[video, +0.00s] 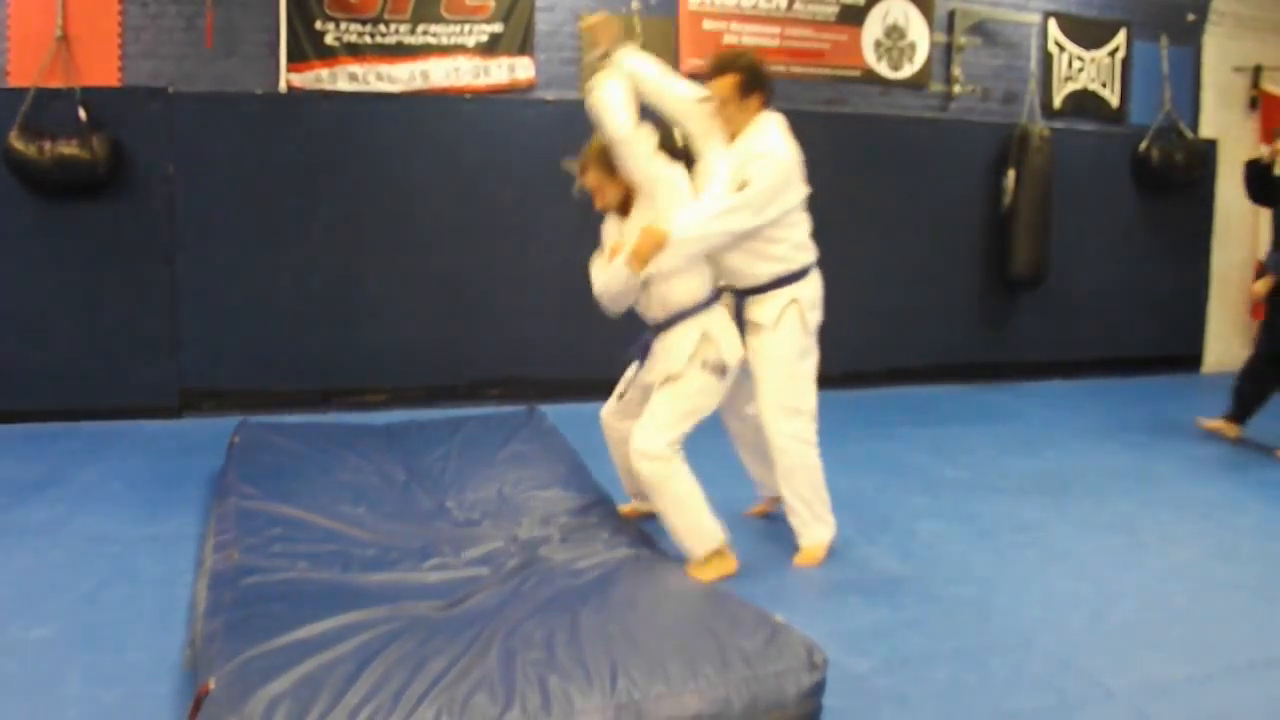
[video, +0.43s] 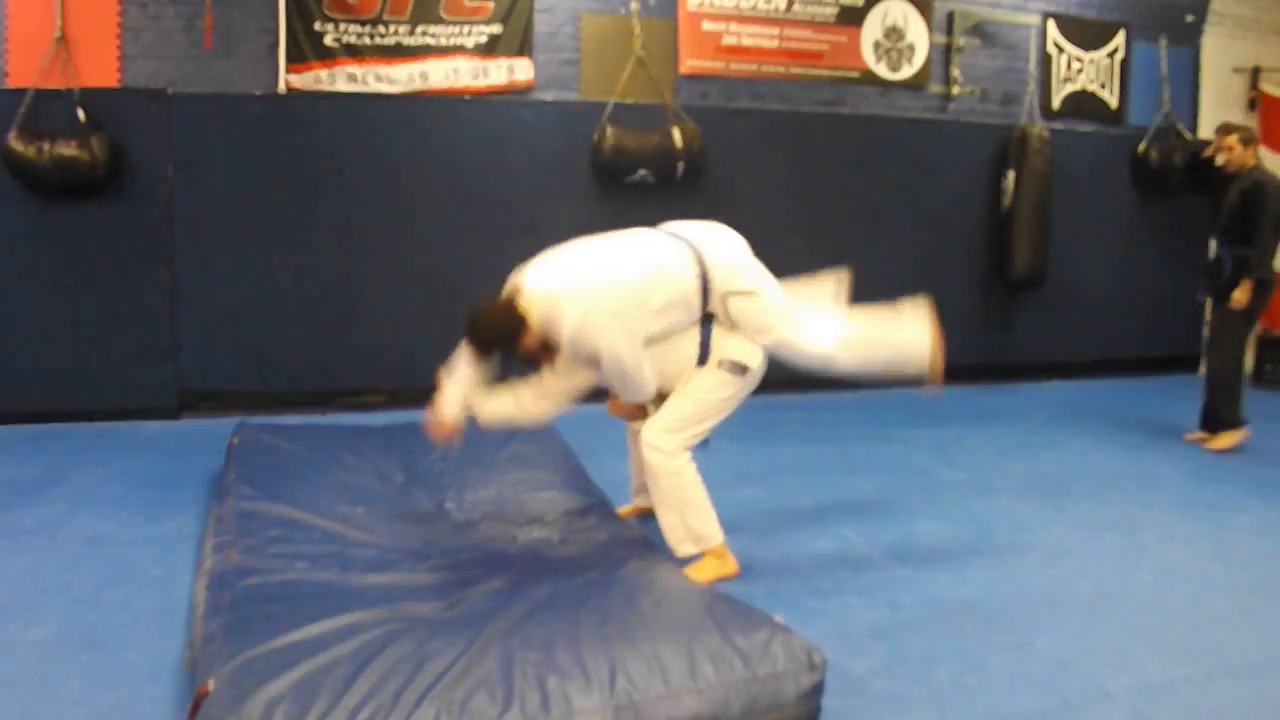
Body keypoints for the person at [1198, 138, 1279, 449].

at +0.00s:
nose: (1271, 148)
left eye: (1272, 143)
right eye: (1272, 143)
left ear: (1274, 148)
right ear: (1274, 147)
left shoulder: (1276, 185)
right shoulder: (1276, 182)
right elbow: (1261, 193)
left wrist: (1271, 274)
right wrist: (1264, 161)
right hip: (1275, 285)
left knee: (1269, 354)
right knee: (1268, 354)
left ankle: (1236, 418)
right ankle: (1235, 418)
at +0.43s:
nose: (1223, 158)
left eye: (1229, 150)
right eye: (1221, 151)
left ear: (1250, 149)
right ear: (1222, 153)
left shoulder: (1264, 184)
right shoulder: (1233, 180)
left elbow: (1265, 240)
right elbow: (1197, 177)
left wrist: (1249, 281)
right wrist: (1208, 155)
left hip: (1247, 275)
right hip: (1226, 271)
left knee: (1227, 350)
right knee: (1217, 349)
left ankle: (1231, 424)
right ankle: (1212, 422)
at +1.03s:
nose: (1189, 155)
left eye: (1195, 148)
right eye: (1186, 149)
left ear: (1214, 147)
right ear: (1184, 150)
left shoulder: (1234, 189)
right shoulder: (1189, 178)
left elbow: (1233, 245)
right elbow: (1146, 175)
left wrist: (1220, 288)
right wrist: (1166, 153)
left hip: (1207, 281)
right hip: (1181, 276)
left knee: (1192, 355)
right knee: (1188, 352)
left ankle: (1184, 427)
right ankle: (1211, 416)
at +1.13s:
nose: (1183, 152)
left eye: (1190, 145)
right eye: (1180, 146)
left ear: (1209, 145)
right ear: (1178, 147)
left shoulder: (1228, 187)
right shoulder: (1182, 177)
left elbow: (1228, 244)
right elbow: (1143, 173)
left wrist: (1214, 285)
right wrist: (1161, 150)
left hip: (1202, 278)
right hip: (1174, 273)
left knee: (1188, 351)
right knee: (1174, 347)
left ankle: (1182, 428)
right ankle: (1197, 418)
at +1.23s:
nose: (1181, 152)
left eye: (1187, 145)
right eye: (1177, 146)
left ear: (1208, 146)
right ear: (1174, 148)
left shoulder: (1226, 187)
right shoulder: (1177, 177)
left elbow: (1225, 243)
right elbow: (1138, 172)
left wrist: (1208, 284)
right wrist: (1160, 152)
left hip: (1198, 278)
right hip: (1169, 273)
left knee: (1187, 351)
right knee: (1160, 346)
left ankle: (1179, 430)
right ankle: (1165, 421)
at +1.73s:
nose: (1133, 151)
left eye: (1140, 143)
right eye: (1130, 145)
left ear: (1161, 144)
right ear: (1128, 149)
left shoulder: (1185, 184)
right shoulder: (1130, 178)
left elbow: (1196, 239)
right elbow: (1092, 182)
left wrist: (1187, 281)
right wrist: (1117, 159)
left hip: (1169, 280)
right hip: (1131, 277)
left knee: (1174, 360)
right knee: (1121, 357)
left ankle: (1178, 434)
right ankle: (1099, 436)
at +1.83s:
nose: (1121, 148)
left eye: (1127, 141)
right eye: (1118, 143)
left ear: (1147, 141)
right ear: (1116, 146)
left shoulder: (1174, 179)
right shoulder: (1119, 177)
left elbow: (1189, 232)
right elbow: (1079, 180)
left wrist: (1183, 275)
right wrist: (1104, 156)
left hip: (1160, 276)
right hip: (1122, 274)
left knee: (1165, 356)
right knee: (1115, 356)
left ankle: (1175, 432)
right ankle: (1101, 436)